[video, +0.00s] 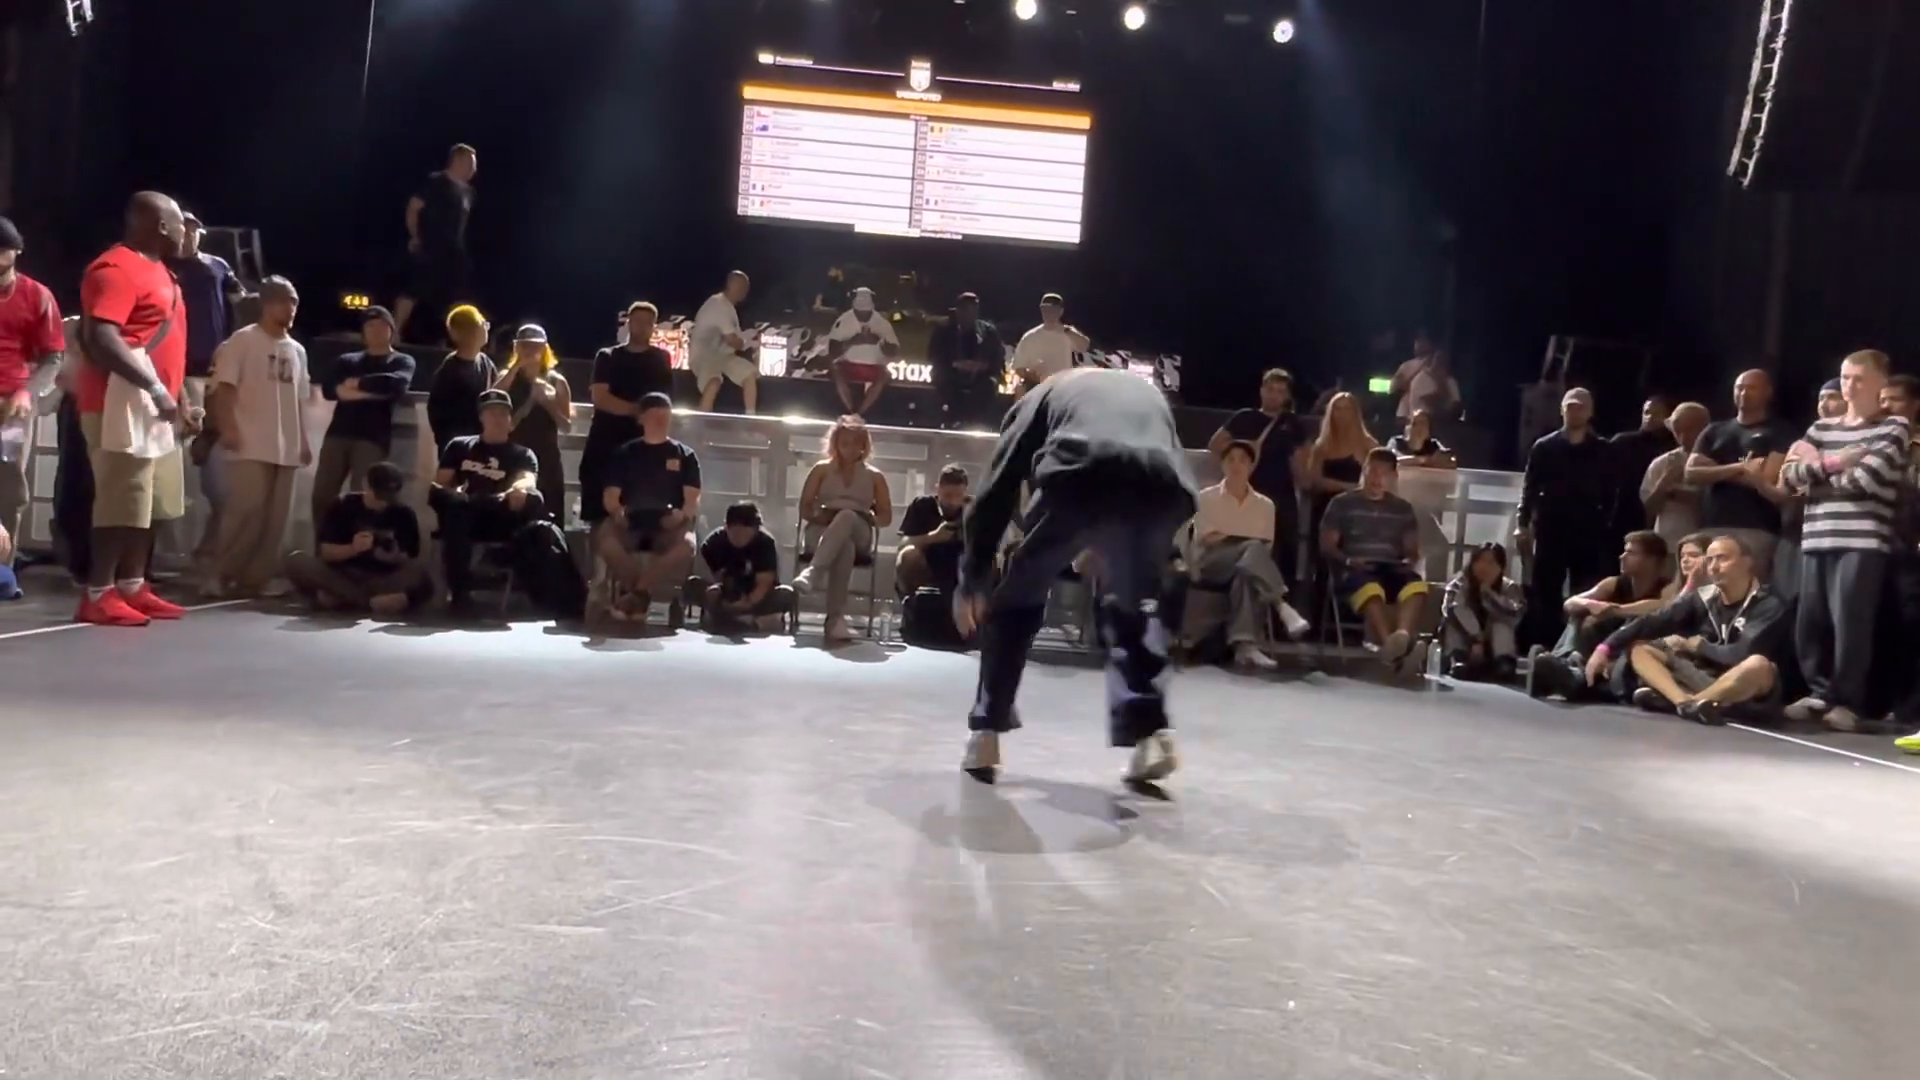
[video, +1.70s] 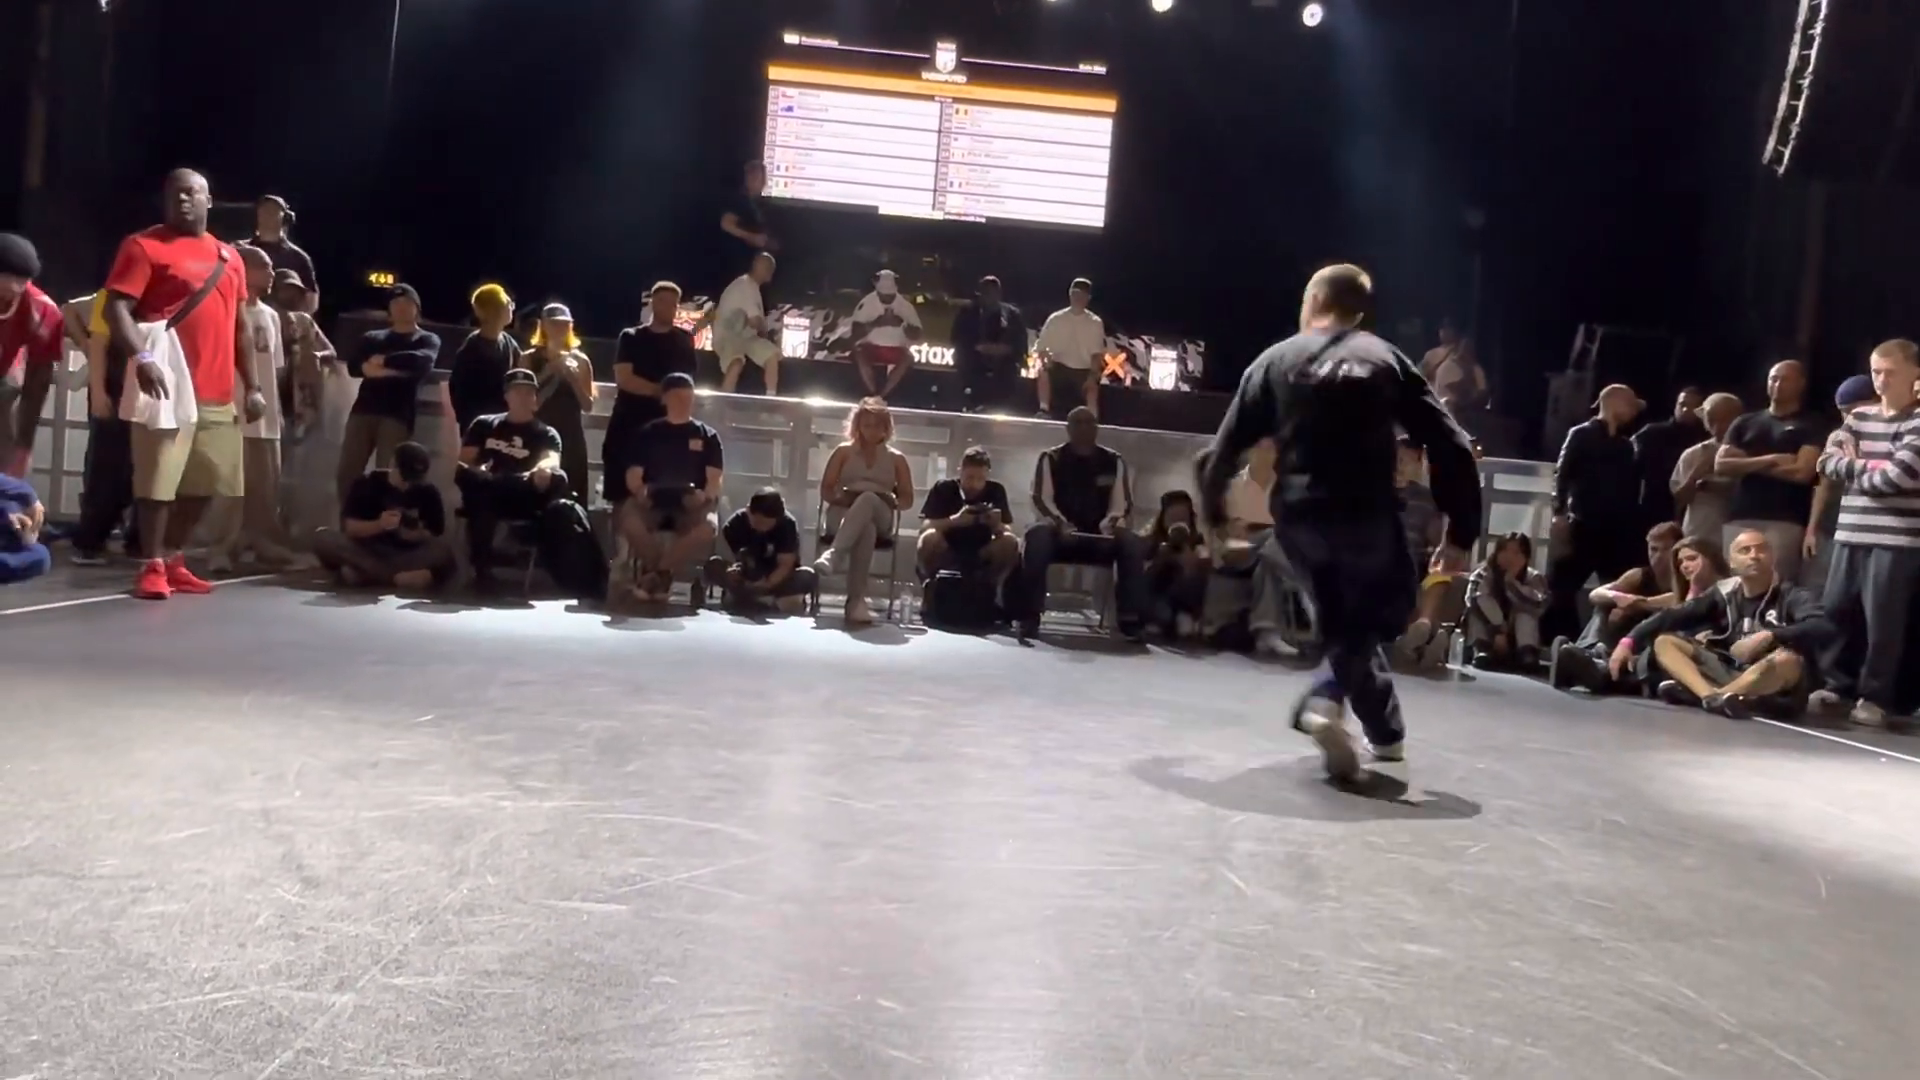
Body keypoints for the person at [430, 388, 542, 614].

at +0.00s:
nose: (498, 419)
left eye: (503, 414)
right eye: (492, 413)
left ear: (510, 420)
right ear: (481, 417)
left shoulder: (523, 455)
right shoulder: (459, 447)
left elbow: (526, 483)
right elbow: (438, 488)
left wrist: (520, 489)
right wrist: (459, 495)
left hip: (504, 512)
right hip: (468, 511)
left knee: (532, 501)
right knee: (453, 508)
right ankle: (459, 592)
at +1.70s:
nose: (525, 398)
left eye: (530, 393)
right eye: (519, 392)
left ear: (536, 399)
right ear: (506, 396)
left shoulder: (547, 434)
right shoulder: (484, 424)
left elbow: (551, 461)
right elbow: (463, 466)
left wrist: (542, 470)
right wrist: (479, 472)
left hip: (526, 489)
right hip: (490, 486)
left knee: (556, 480)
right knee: (477, 490)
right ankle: (482, 569)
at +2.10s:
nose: (528, 394)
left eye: (532, 389)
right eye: (522, 389)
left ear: (538, 395)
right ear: (508, 393)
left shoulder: (548, 429)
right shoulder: (486, 421)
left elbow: (553, 455)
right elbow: (465, 460)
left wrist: (546, 465)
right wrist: (481, 468)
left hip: (529, 487)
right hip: (493, 485)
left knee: (559, 476)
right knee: (478, 480)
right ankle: (483, 567)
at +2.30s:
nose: (528, 394)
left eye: (533, 389)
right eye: (522, 388)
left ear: (539, 394)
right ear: (510, 392)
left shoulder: (550, 429)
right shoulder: (487, 421)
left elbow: (554, 456)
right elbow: (465, 462)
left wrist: (545, 468)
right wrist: (482, 466)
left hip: (529, 483)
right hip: (494, 480)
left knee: (560, 476)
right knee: (479, 480)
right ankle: (484, 562)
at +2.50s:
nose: (527, 394)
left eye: (532, 389)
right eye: (522, 388)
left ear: (539, 395)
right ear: (509, 392)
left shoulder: (550, 429)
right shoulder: (487, 420)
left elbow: (553, 457)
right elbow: (467, 462)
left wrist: (546, 466)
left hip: (531, 488)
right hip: (494, 485)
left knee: (560, 475)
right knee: (481, 484)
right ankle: (484, 566)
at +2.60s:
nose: (528, 394)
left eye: (532, 389)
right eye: (522, 389)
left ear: (538, 394)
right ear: (509, 392)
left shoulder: (549, 429)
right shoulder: (487, 420)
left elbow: (553, 457)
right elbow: (466, 461)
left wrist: (546, 466)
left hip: (532, 490)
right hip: (495, 487)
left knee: (570, 507)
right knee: (480, 484)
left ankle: (593, 584)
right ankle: (484, 566)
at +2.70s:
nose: (527, 395)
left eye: (532, 389)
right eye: (522, 389)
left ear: (538, 395)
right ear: (508, 392)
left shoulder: (549, 430)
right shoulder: (486, 421)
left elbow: (552, 457)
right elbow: (465, 463)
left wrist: (545, 467)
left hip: (531, 490)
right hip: (494, 487)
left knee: (569, 507)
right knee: (479, 485)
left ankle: (595, 584)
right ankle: (484, 566)